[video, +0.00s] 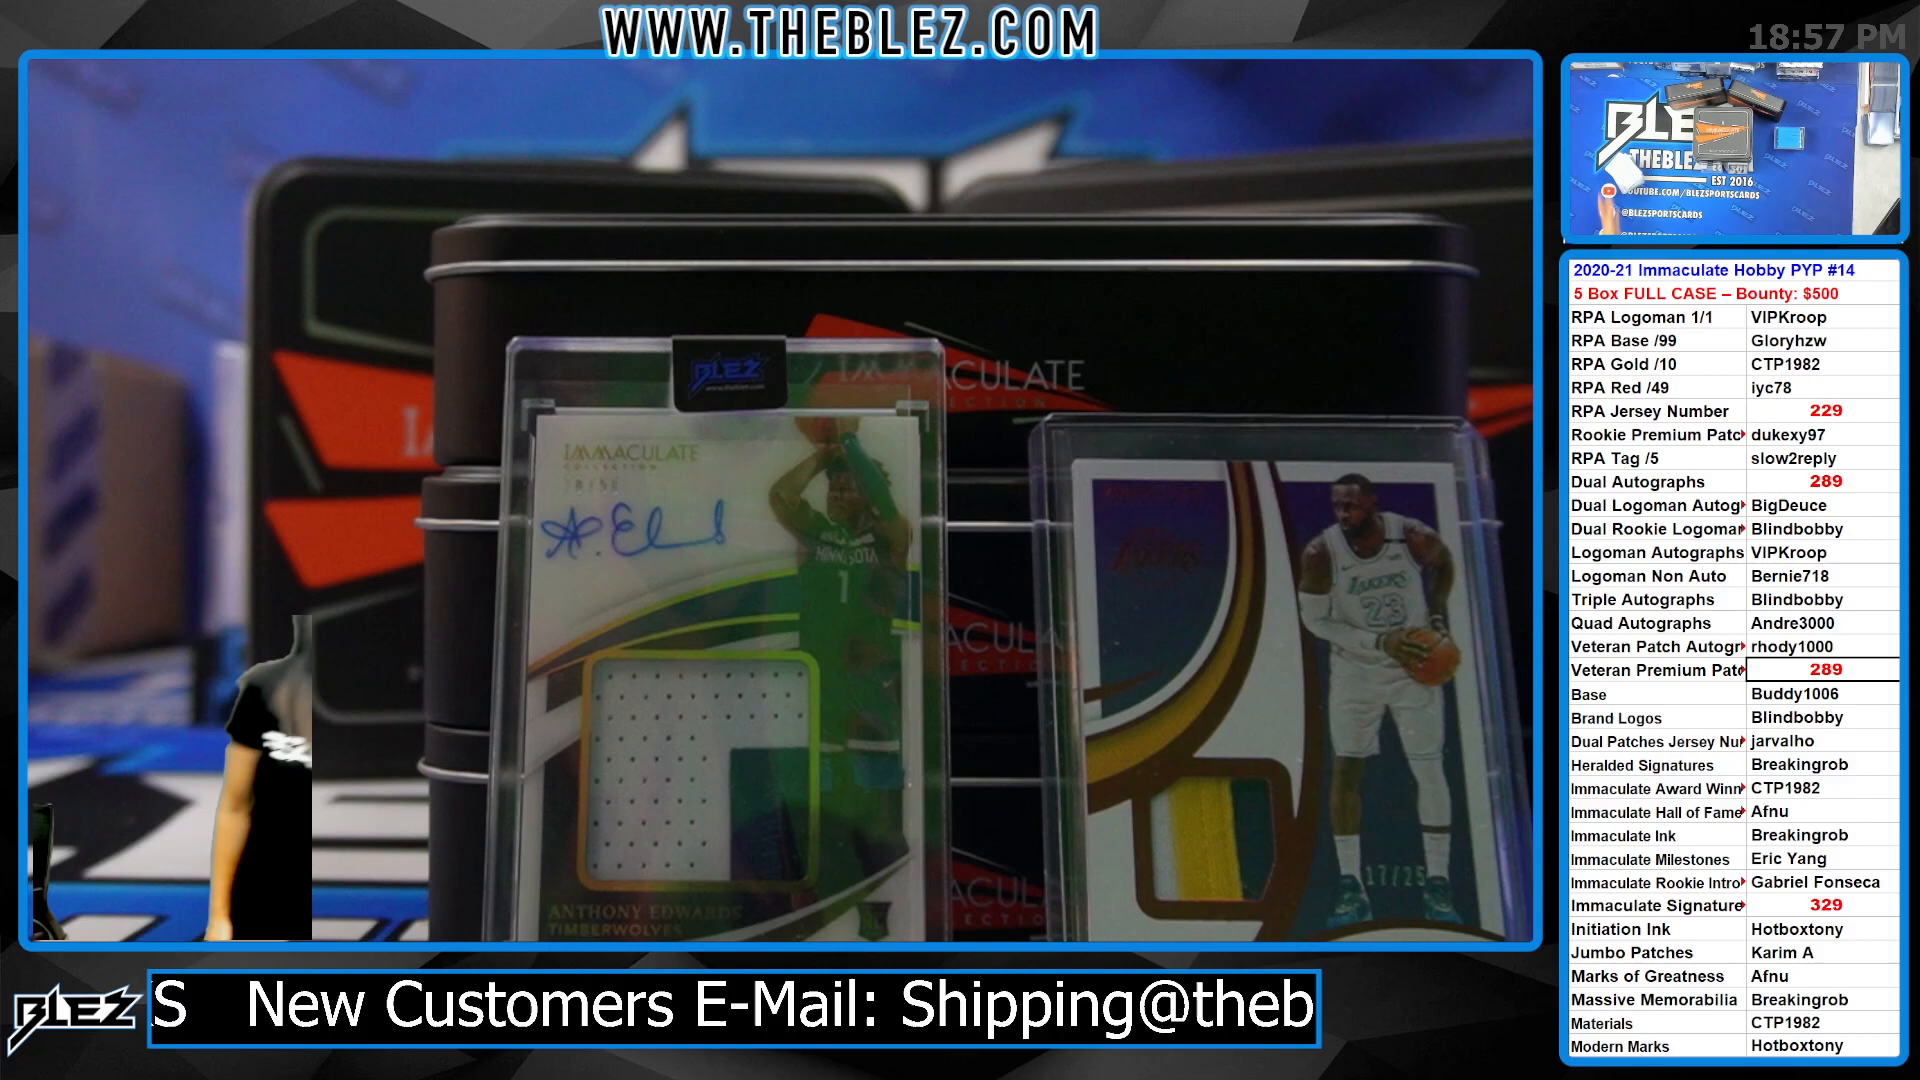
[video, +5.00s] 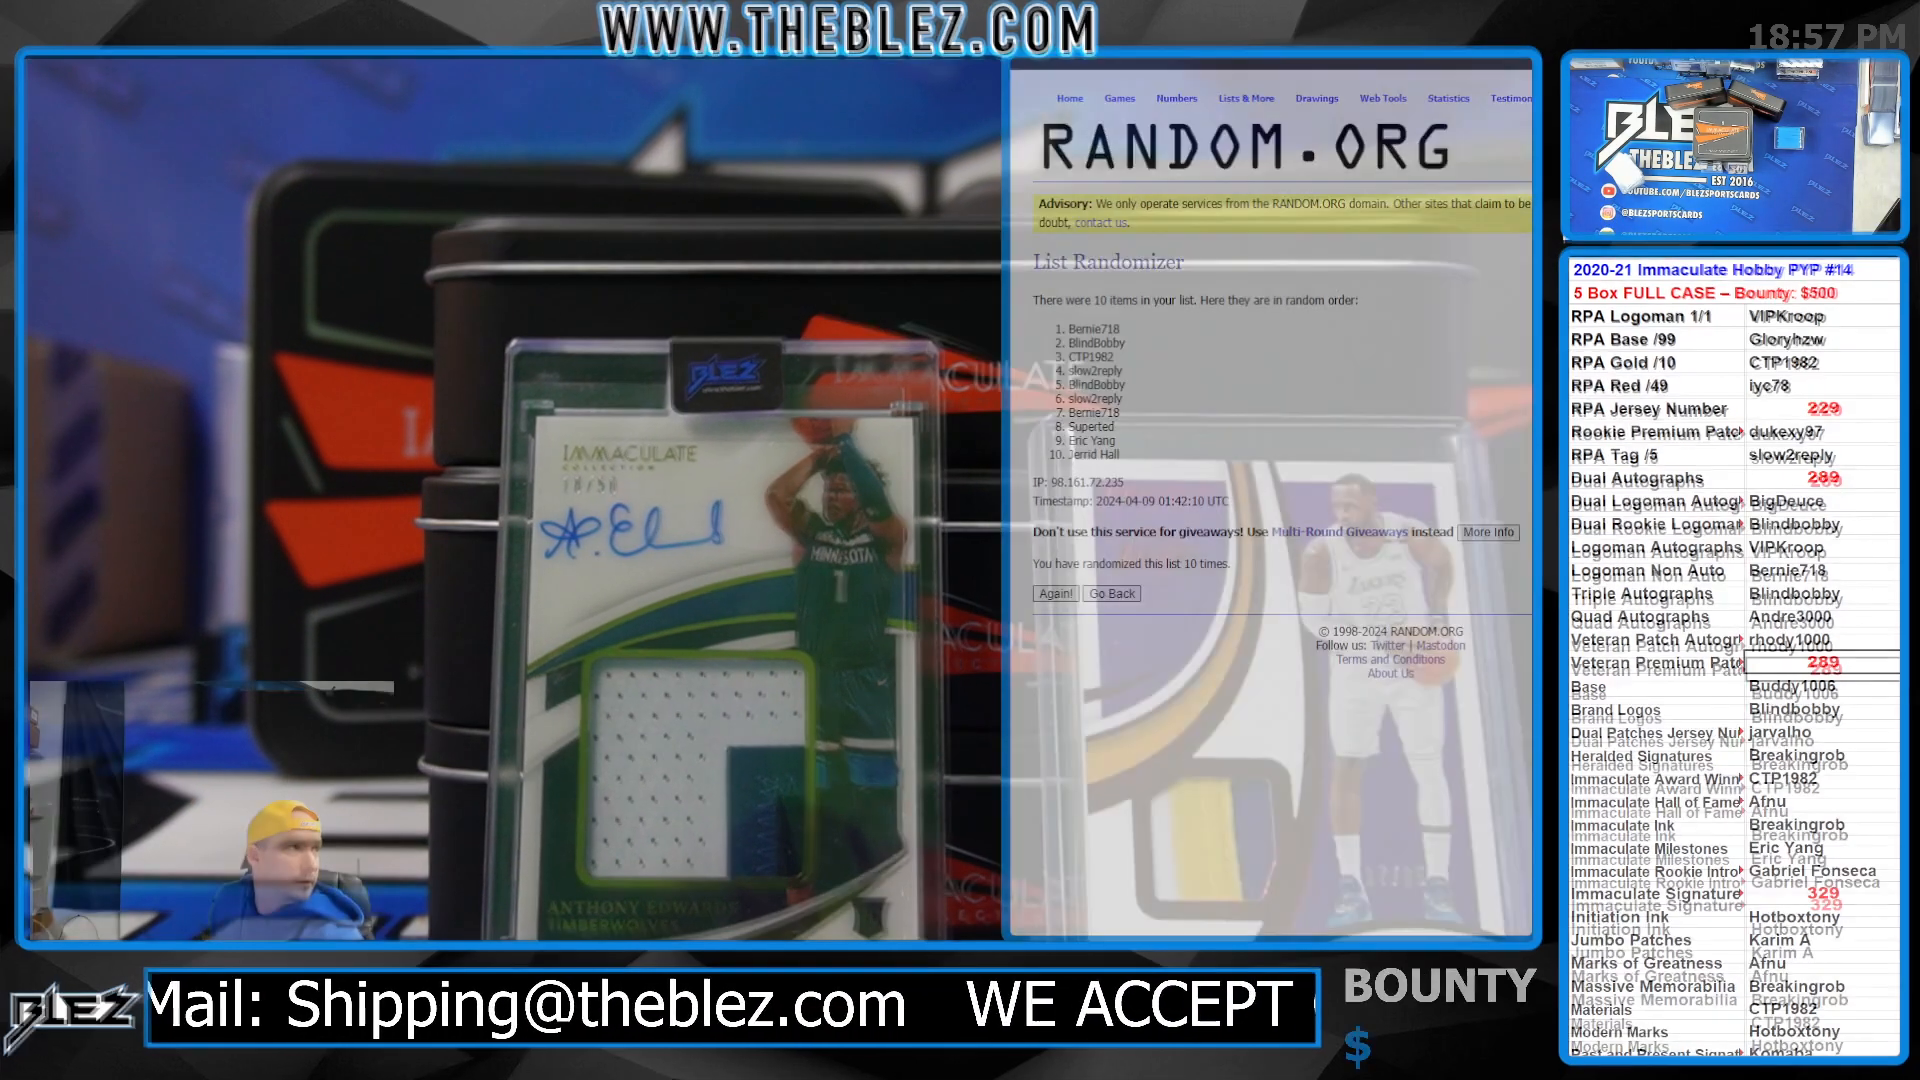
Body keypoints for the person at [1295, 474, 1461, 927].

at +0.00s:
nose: (1344, 514)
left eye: (1351, 505)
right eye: (1338, 506)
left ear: (1373, 504)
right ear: (1332, 509)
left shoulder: (1413, 536)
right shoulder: (1320, 554)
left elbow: (1444, 565)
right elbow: (1315, 621)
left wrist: (1436, 618)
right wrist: (1378, 642)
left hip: (1414, 673)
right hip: (1354, 675)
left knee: (1430, 771)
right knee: (1348, 773)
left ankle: (1438, 882)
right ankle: (1350, 886)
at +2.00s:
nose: (1343, 514)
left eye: (1351, 505)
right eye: (1337, 506)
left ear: (1373, 505)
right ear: (1333, 509)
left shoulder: (1414, 537)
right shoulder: (1319, 555)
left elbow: (1444, 565)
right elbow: (1315, 621)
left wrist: (1436, 616)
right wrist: (1379, 641)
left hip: (1414, 673)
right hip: (1354, 675)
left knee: (1430, 772)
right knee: (1347, 773)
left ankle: (1438, 885)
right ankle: (1350, 888)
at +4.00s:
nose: (1343, 514)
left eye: (1351, 505)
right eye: (1337, 506)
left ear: (1373, 504)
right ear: (1332, 509)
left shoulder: (1413, 536)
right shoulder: (1319, 554)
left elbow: (1444, 565)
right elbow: (1315, 621)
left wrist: (1436, 617)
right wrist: (1379, 642)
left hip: (1414, 673)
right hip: (1354, 674)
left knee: (1430, 771)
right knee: (1348, 773)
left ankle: (1438, 884)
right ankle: (1350, 888)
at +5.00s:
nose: (1345, 514)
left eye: (1353, 505)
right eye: (1338, 507)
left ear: (1373, 503)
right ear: (1331, 510)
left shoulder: (1407, 532)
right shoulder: (1322, 551)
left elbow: (1443, 563)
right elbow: (1314, 622)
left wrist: (1434, 620)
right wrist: (1364, 646)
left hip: (1415, 674)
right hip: (1353, 677)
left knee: (1429, 772)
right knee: (1348, 772)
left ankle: (1437, 884)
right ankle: (1350, 887)